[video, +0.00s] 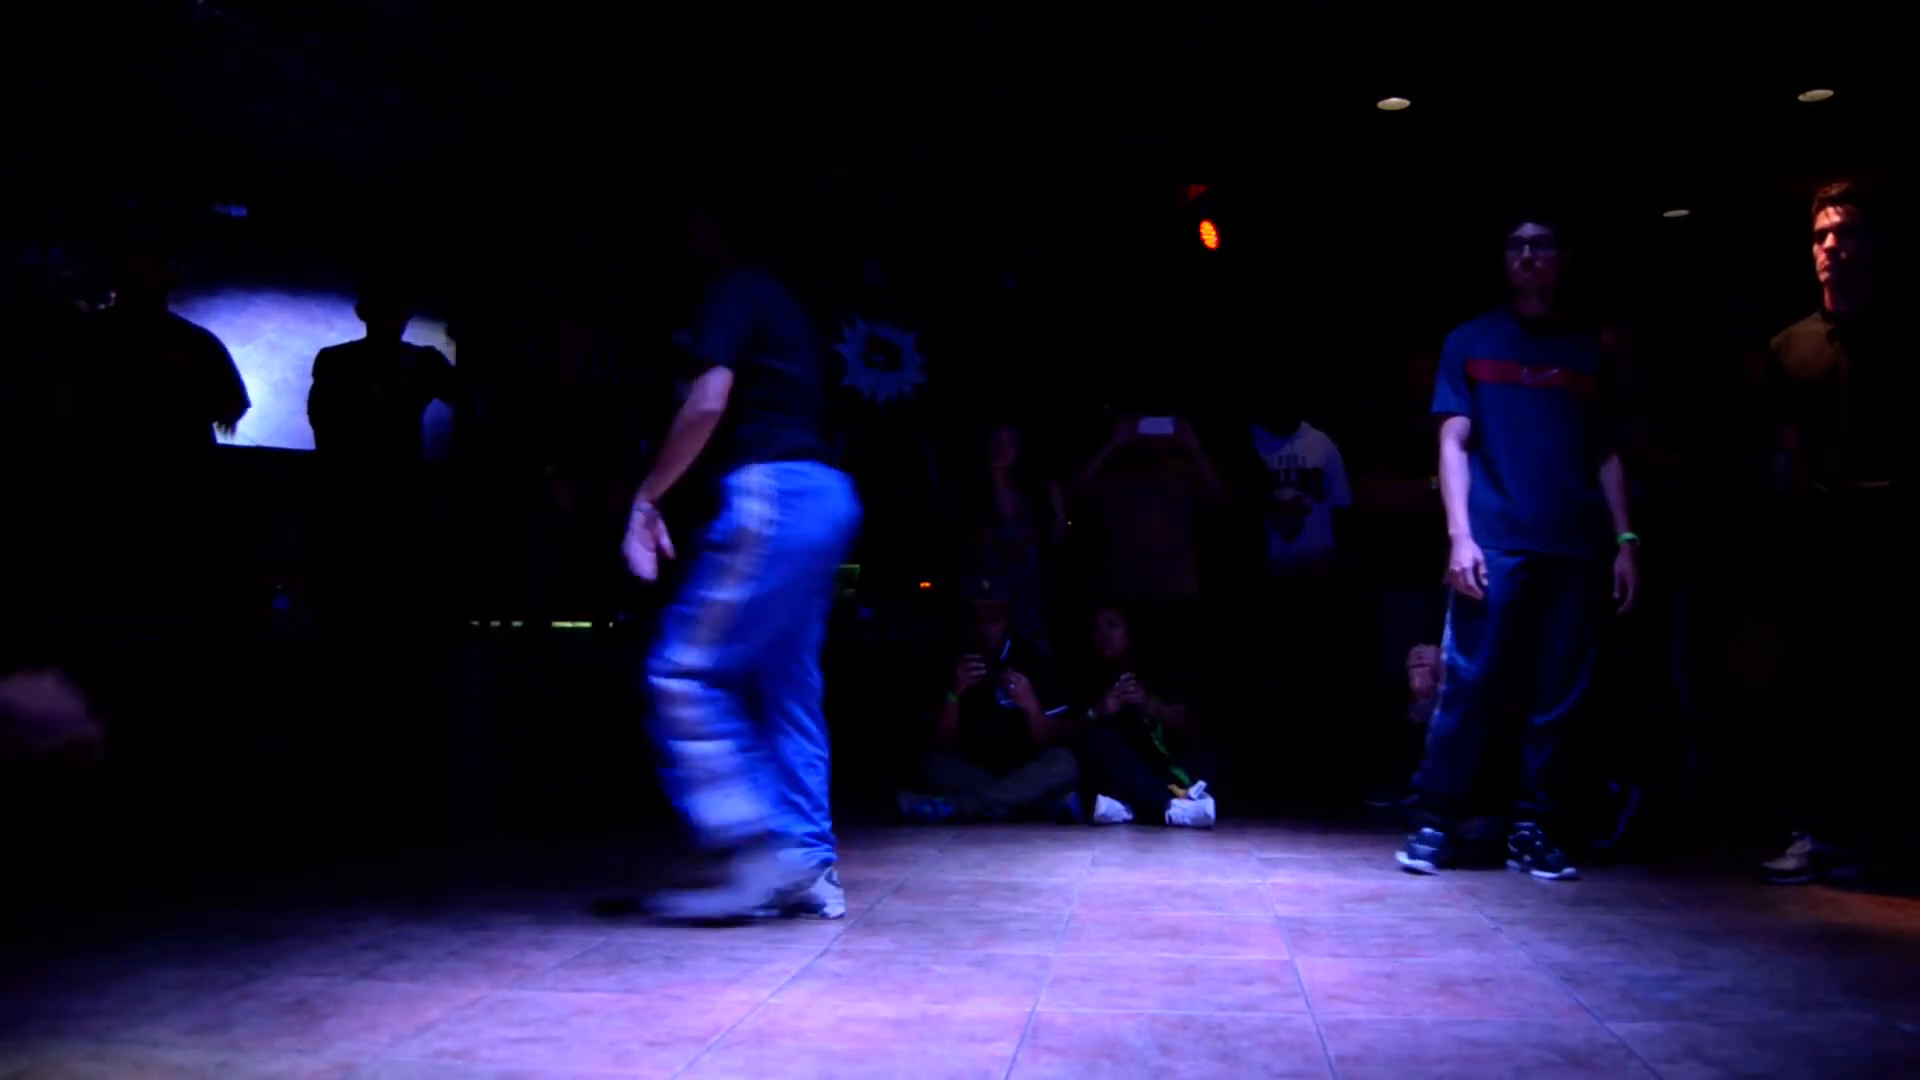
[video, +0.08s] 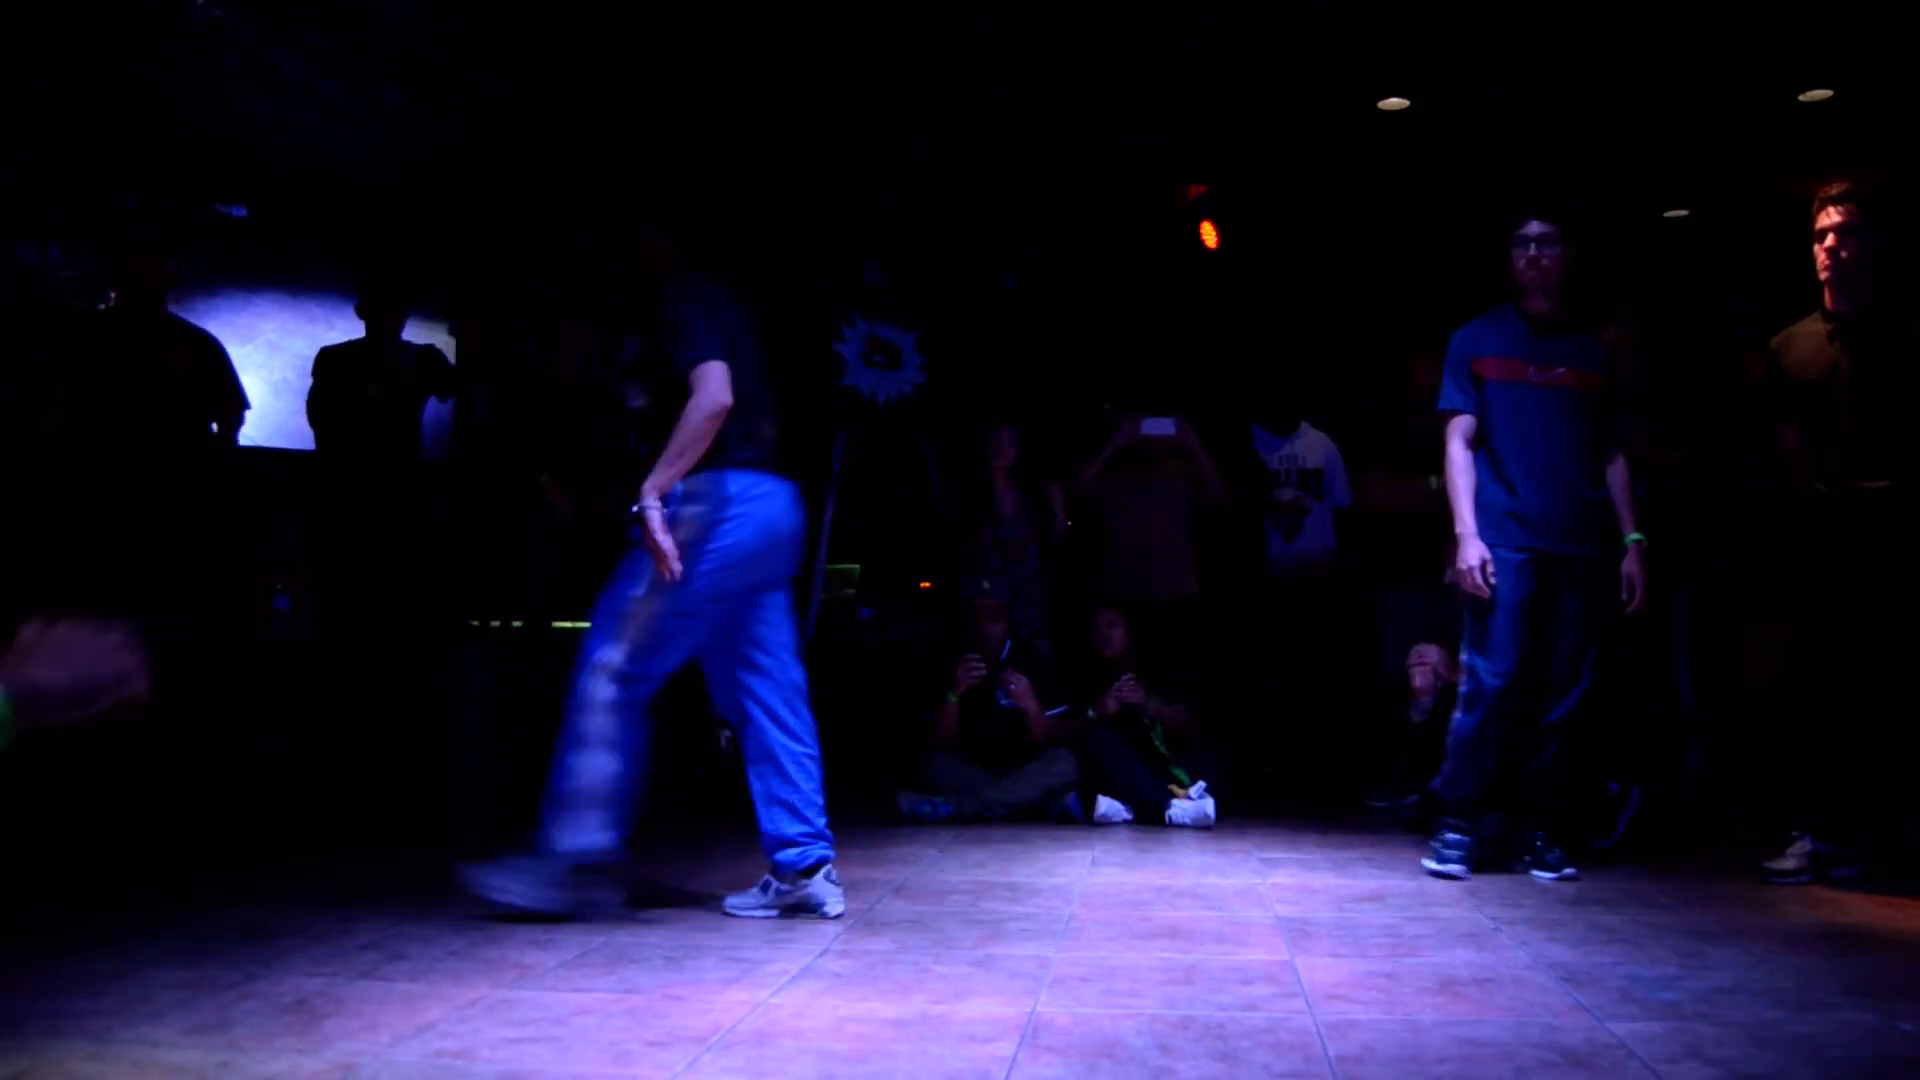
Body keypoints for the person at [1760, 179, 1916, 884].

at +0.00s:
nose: (1829, 249)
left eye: (1845, 235)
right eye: (1821, 236)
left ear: (1876, 249)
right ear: (1812, 253)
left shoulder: (1906, 338)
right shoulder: (1791, 347)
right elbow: (1768, 448)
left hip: (1895, 537)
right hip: (1812, 536)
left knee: (1894, 682)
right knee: (1815, 681)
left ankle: (1897, 835)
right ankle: (1815, 829)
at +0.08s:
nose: (1830, 249)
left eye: (1846, 235)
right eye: (1821, 237)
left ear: (1876, 250)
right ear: (1812, 253)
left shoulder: (1907, 338)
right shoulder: (1791, 347)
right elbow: (1769, 450)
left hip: (1897, 537)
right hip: (1814, 537)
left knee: (1897, 683)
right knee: (1817, 682)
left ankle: (1902, 834)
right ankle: (1818, 829)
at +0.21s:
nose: (1829, 251)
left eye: (1844, 237)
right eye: (1820, 238)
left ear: (1876, 250)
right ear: (1812, 254)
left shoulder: (1908, 338)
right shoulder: (1794, 348)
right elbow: (1771, 451)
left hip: (1899, 538)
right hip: (1816, 537)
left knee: (1898, 683)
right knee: (1818, 682)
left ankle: (1903, 834)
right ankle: (1818, 829)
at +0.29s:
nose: (1827, 253)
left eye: (1842, 238)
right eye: (1819, 240)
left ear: (1875, 250)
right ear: (1811, 255)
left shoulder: (1907, 337)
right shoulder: (1795, 348)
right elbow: (1773, 451)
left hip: (1896, 536)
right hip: (1816, 536)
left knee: (1898, 682)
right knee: (1819, 681)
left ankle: (1899, 832)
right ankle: (1819, 828)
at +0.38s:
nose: (1826, 254)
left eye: (1841, 239)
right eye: (1818, 241)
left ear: (1875, 251)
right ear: (1811, 256)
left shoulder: (1907, 338)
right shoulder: (1796, 349)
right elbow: (1774, 453)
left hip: (1897, 536)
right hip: (1816, 536)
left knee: (1898, 682)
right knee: (1819, 681)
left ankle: (1900, 832)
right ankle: (1820, 828)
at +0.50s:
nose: (1828, 251)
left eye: (1844, 237)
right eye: (1820, 239)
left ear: (1875, 251)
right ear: (1812, 255)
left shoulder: (1908, 337)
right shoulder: (1793, 348)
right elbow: (1771, 450)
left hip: (1896, 537)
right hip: (1813, 536)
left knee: (1898, 681)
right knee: (1817, 681)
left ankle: (1900, 832)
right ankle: (1820, 828)